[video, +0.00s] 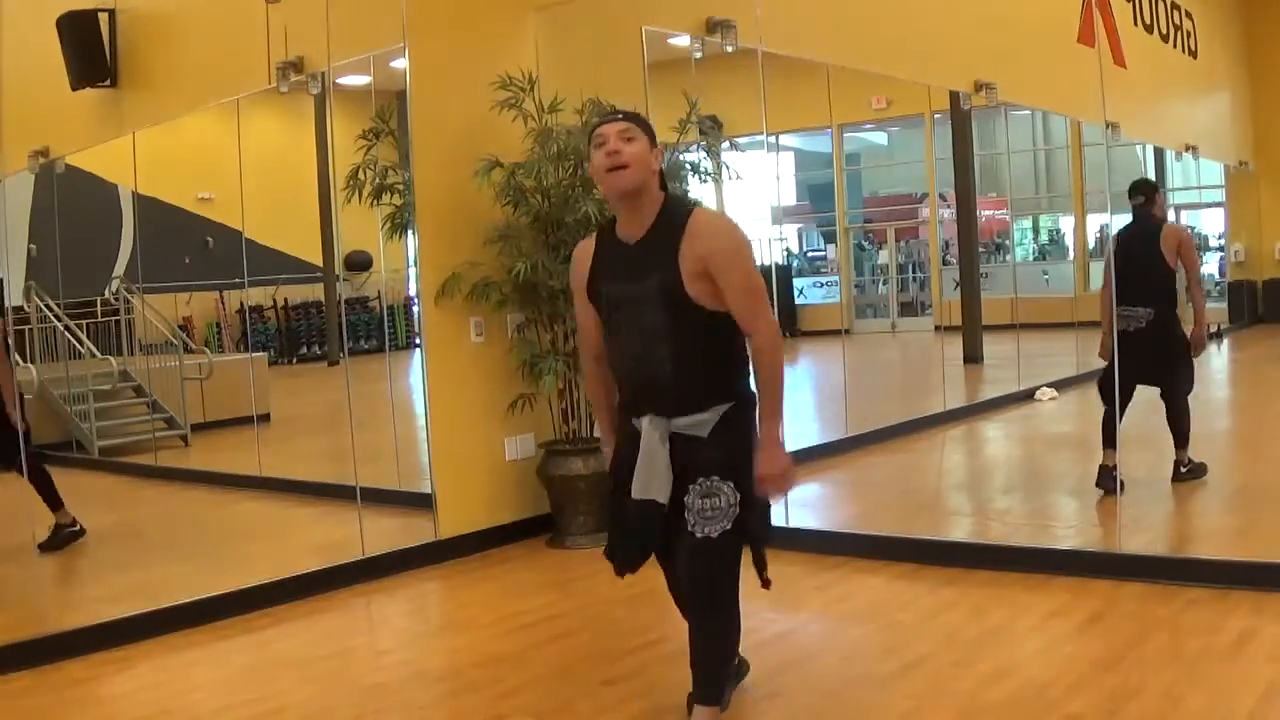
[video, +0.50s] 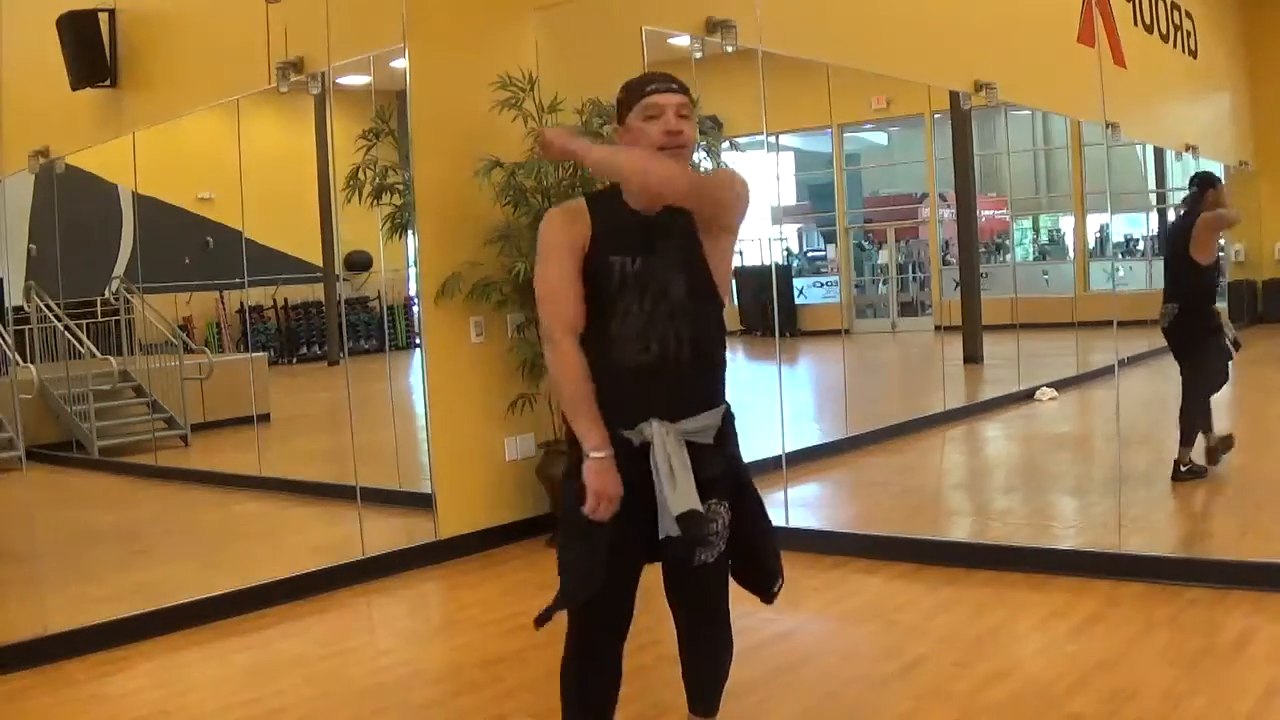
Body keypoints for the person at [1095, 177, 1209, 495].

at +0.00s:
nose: (1166, 204)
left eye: (1163, 199)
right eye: (1163, 199)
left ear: (1134, 204)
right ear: (1156, 201)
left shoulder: (1117, 240)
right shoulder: (1176, 234)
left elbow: (1107, 290)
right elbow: (1194, 284)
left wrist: (1106, 335)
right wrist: (1199, 326)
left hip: (1125, 336)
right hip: (1163, 335)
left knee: (1114, 402)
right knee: (1176, 397)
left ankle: (1107, 468)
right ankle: (1182, 462)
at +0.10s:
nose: (1179, 199)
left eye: (1176, 194)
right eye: (1176, 195)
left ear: (1147, 201)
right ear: (1169, 198)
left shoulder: (1131, 239)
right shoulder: (1186, 233)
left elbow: (1123, 290)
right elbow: (1201, 282)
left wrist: (1121, 328)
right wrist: (1203, 321)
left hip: (1137, 331)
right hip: (1173, 331)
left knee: (1130, 394)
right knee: (1186, 394)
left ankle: (1110, 452)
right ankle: (1183, 461)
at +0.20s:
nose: (1192, 200)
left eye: (1191, 194)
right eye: (1189, 195)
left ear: (1162, 200)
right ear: (1180, 198)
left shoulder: (1145, 234)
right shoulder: (1191, 231)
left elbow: (1141, 286)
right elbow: (1211, 275)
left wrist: (1142, 326)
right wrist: (1212, 296)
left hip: (1149, 326)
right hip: (1182, 325)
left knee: (1154, 389)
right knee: (1193, 392)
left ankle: (1121, 435)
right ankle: (1184, 461)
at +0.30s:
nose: (1203, 197)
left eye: (1201, 191)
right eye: (1200, 191)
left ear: (1173, 195)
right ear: (1190, 193)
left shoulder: (1157, 228)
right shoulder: (1197, 227)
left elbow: (1169, 266)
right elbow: (1225, 262)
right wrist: (1226, 251)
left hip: (1157, 319)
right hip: (1186, 320)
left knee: (1174, 382)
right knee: (1196, 387)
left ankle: (1143, 440)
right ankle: (1184, 462)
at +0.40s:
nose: (1213, 198)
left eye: (1213, 192)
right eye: (1211, 192)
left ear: (1186, 193)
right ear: (1199, 192)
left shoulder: (1167, 225)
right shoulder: (1200, 221)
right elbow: (1235, 234)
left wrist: (1207, 316)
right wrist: (1232, 205)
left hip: (1166, 316)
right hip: (1189, 318)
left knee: (1187, 382)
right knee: (1195, 384)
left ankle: (1179, 452)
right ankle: (1182, 459)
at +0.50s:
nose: (1221, 198)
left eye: (1220, 192)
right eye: (1219, 192)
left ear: (1196, 194)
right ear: (1209, 193)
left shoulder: (1179, 224)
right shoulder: (1206, 221)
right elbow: (1233, 216)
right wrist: (1218, 201)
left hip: (1175, 316)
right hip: (1196, 317)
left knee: (1201, 380)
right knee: (1195, 386)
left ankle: (1211, 442)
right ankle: (1183, 461)